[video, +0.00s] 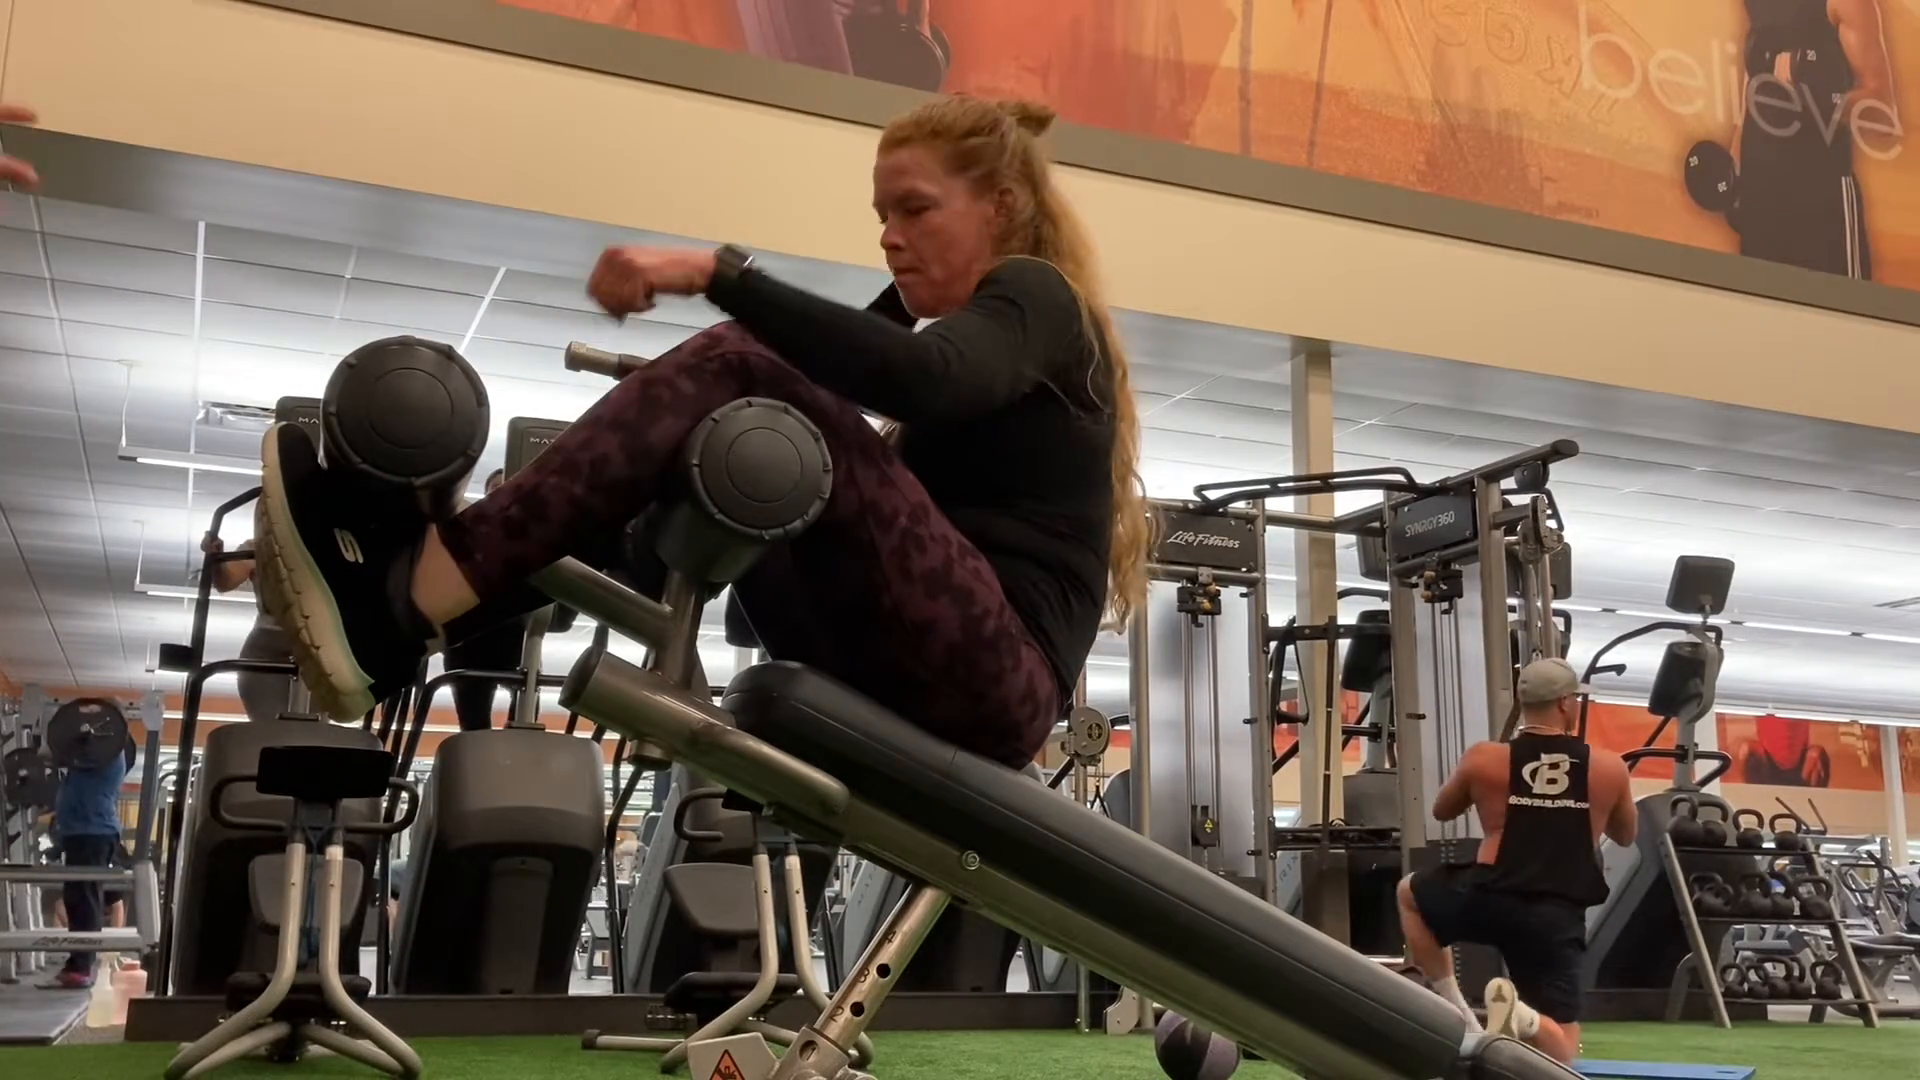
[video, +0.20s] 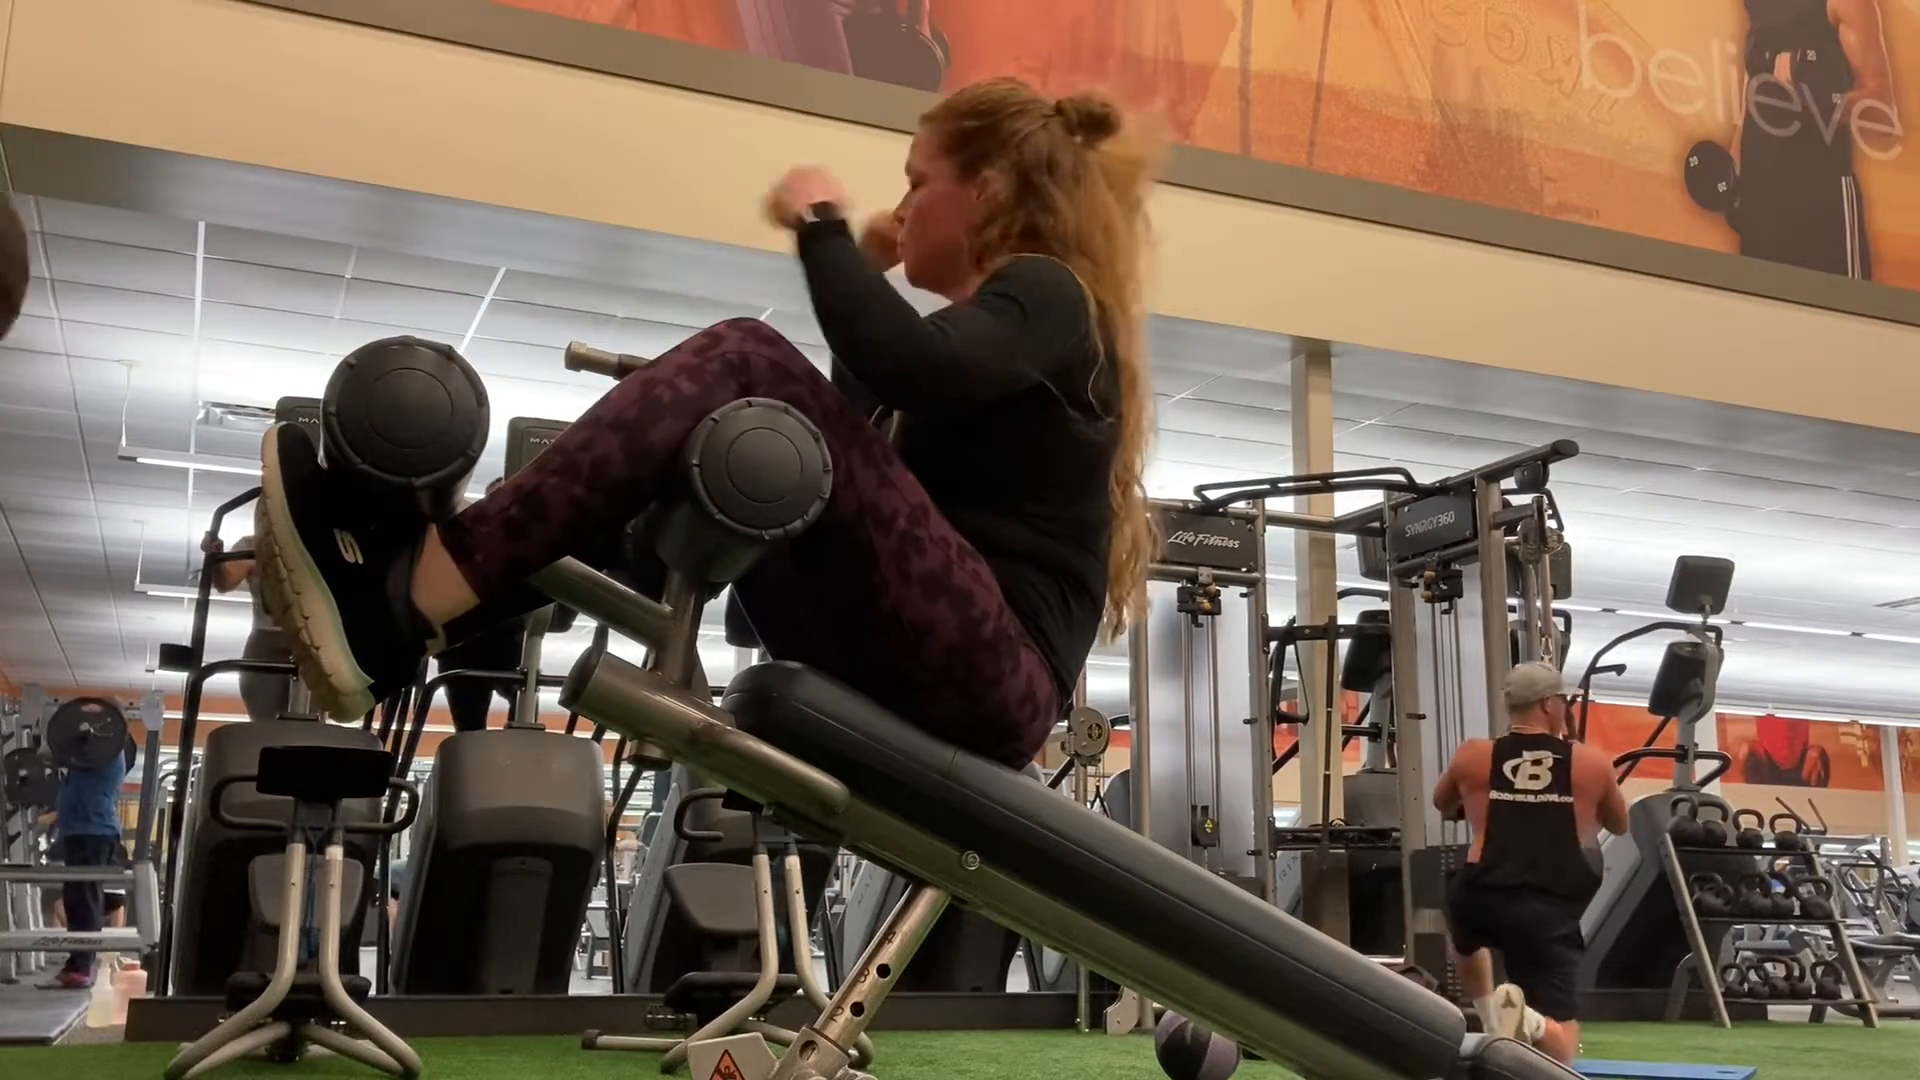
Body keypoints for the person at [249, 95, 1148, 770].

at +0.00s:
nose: (890, 239)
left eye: (915, 211)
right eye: (885, 217)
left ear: (999, 208)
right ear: (892, 224)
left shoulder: (1040, 301)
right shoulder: (909, 330)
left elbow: (933, 374)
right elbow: (807, 387)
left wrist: (721, 271)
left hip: (997, 671)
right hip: (891, 647)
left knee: (746, 364)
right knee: (717, 404)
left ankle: (429, 592)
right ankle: (411, 592)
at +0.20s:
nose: (895, 212)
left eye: (919, 187)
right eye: (904, 189)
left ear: (996, 192)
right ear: (990, 194)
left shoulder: (1049, 295)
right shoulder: (947, 334)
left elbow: (921, 366)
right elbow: (854, 425)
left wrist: (826, 232)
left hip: (996, 670)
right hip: (907, 652)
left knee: (756, 360)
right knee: (717, 409)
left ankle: (440, 584)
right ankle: (410, 589)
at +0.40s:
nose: (942, 222)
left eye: (958, 202)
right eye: (942, 201)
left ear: (1025, 194)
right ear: (1017, 199)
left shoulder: (1076, 302)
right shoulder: (984, 326)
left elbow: (880, 276)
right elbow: (880, 480)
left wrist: (968, 223)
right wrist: (705, 378)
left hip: (992, 675)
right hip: (902, 651)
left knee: (750, 355)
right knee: (713, 395)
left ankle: (431, 594)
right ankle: (415, 588)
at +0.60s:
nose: (933, 214)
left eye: (957, 191)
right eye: (938, 189)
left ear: (1033, 201)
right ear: (957, 197)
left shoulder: (1100, 331)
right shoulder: (944, 361)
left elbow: (997, 232)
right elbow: (844, 464)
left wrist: (1077, 167)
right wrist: (644, 419)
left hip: (990, 677)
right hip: (886, 649)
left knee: (755, 357)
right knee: (728, 400)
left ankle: (424, 601)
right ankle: (409, 587)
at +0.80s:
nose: (1045, 197)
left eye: (1075, 183)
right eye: (1048, 180)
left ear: (1121, 223)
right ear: (1044, 222)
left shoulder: (1109, 309)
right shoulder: (947, 364)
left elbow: (1051, 378)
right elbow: (821, 477)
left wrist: (1002, 209)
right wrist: (606, 420)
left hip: (996, 676)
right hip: (877, 644)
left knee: (755, 355)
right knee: (709, 429)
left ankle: (435, 589)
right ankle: (395, 594)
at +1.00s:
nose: (968, 197)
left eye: (1003, 185)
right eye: (976, 184)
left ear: (1078, 226)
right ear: (996, 233)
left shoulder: (1085, 309)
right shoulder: (969, 377)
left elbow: (996, 432)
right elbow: (838, 455)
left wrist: (834, 283)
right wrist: (638, 379)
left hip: (992, 672)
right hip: (904, 658)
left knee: (751, 361)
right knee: (723, 418)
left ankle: (423, 601)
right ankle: (406, 598)